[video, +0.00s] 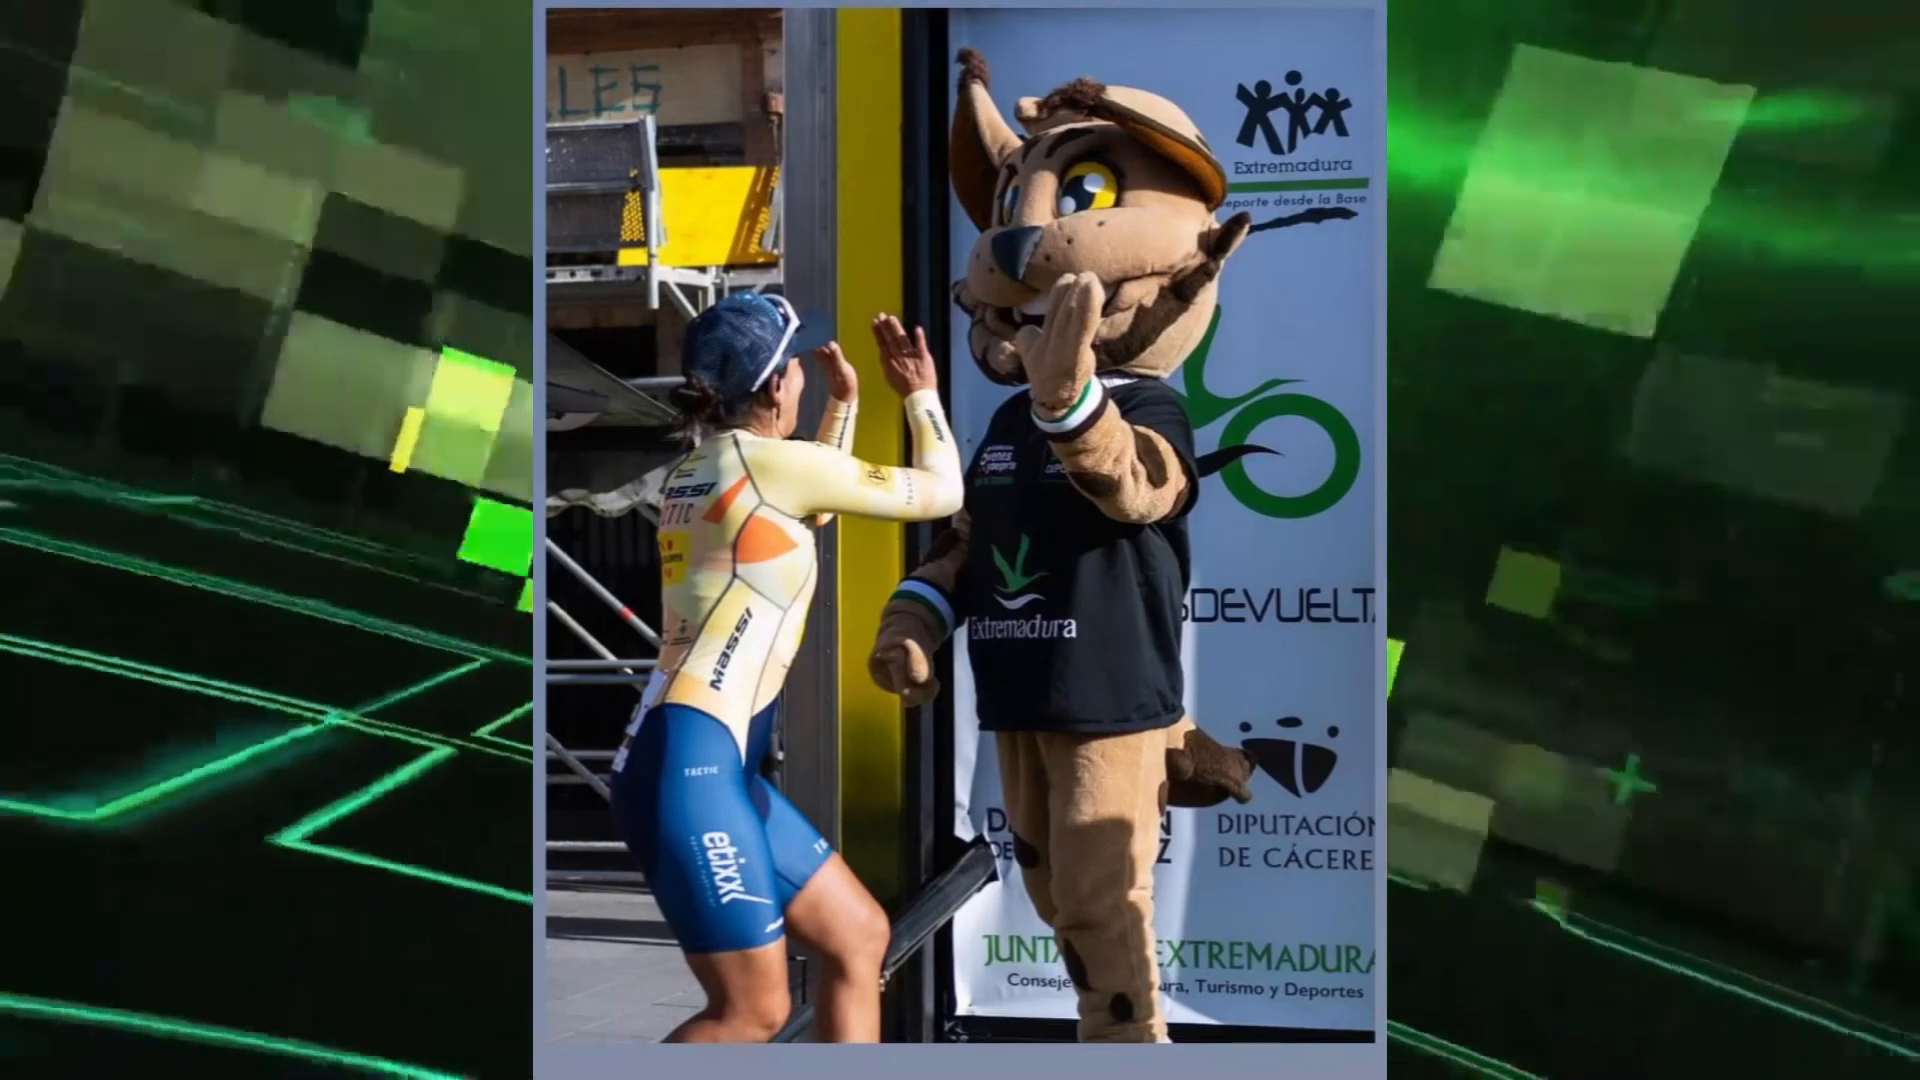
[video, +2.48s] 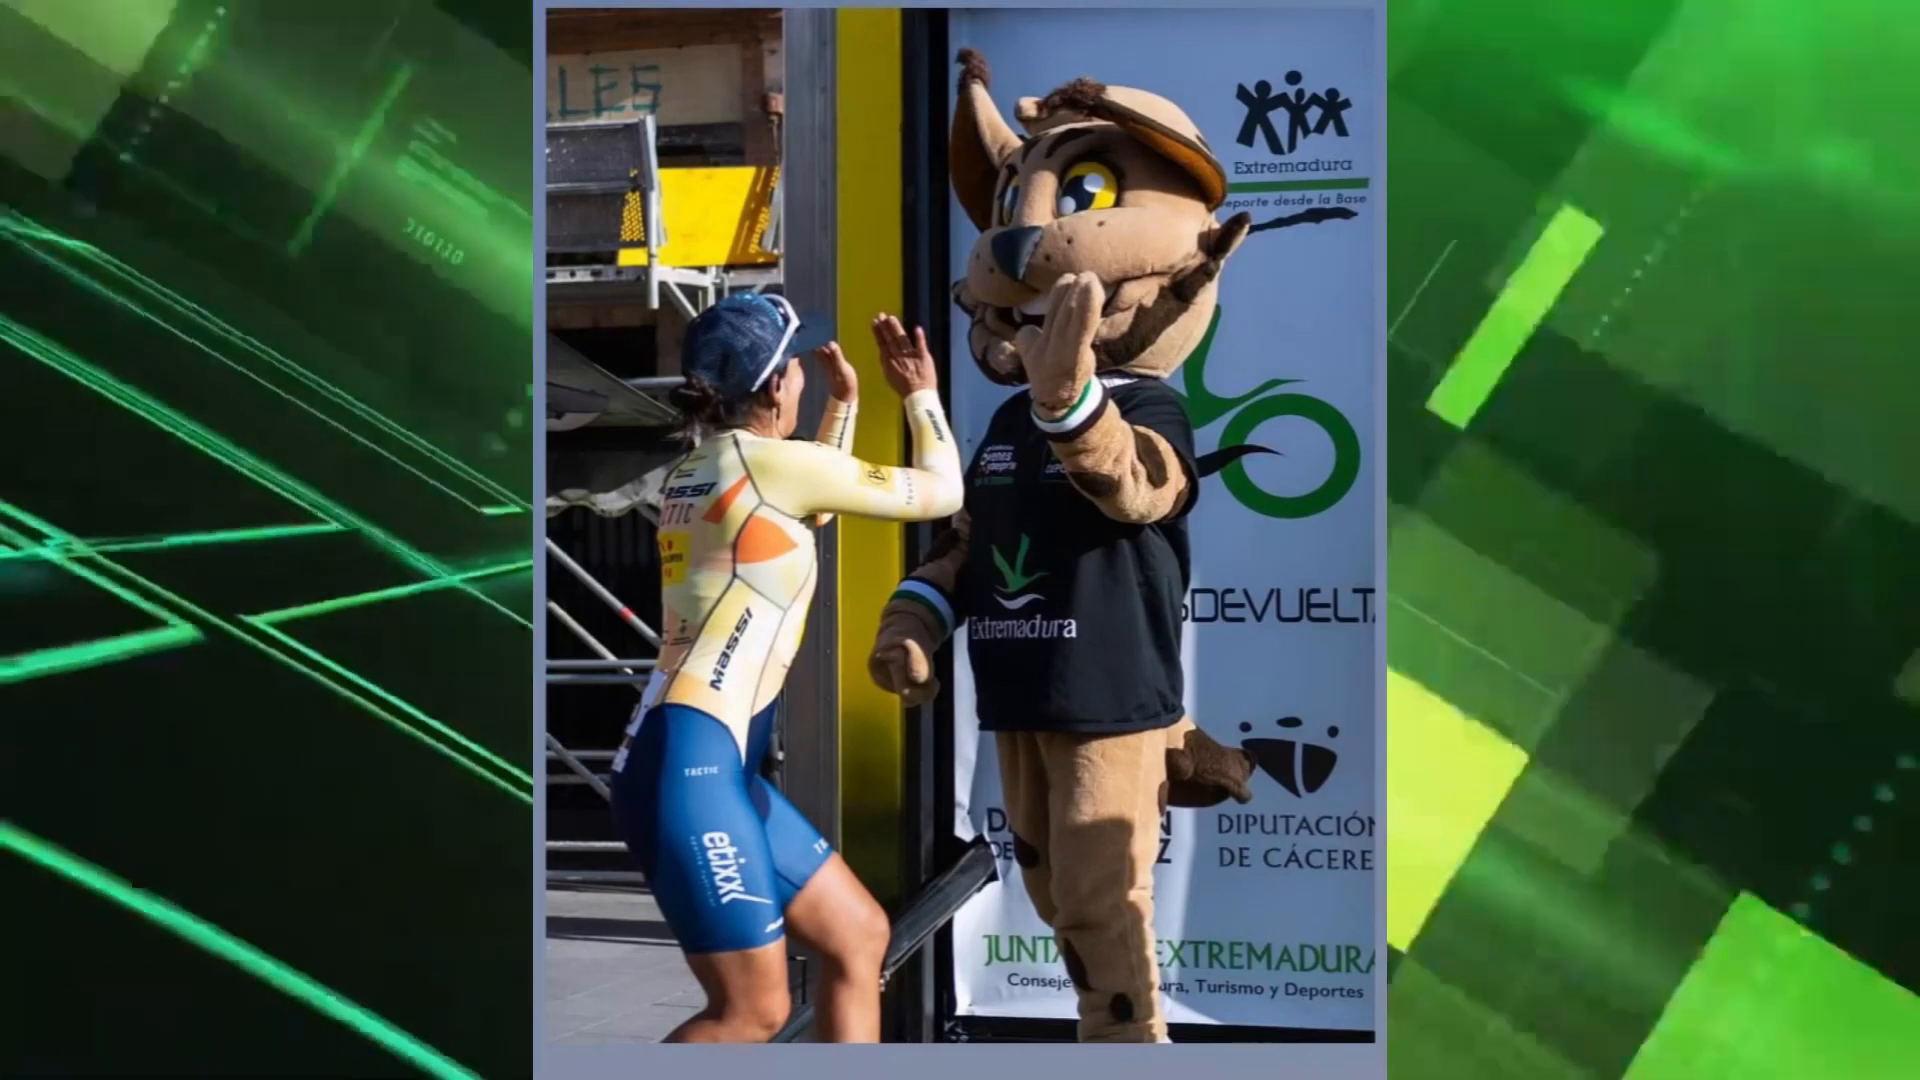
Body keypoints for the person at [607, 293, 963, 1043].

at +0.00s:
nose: (803, 377)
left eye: (800, 363)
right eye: (797, 364)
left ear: (714, 387)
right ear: (778, 380)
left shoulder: (695, 471)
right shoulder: (779, 465)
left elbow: (801, 496)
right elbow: (939, 492)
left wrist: (841, 411)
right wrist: (924, 396)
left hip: (715, 769)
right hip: (686, 774)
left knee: (860, 933)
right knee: (754, 1010)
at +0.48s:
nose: (803, 378)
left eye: (800, 363)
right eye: (797, 364)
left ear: (714, 387)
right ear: (777, 380)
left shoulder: (695, 471)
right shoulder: (779, 465)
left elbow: (801, 497)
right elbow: (938, 492)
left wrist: (841, 411)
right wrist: (924, 396)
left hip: (715, 769)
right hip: (686, 774)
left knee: (860, 933)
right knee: (754, 1009)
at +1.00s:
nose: (803, 377)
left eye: (800, 363)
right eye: (797, 364)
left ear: (714, 387)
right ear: (777, 380)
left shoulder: (695, 471)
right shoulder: (779, 465)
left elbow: (801, 497)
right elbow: (939, 492)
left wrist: (840, 411)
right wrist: (924, 396)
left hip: (715, 769)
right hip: (686, 774)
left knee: (860, 933)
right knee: (754, 1009)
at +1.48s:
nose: (803, 377)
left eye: (800, 363)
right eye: (797, 364)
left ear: (714, 387)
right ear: (778, 380)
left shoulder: (695, 471)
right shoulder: (779, 465)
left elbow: (801, 496)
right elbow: (938, 492)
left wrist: (841, 411)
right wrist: (924, 396)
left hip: (715, 769)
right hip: (686, 774)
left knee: (860, 933)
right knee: (754, 1009)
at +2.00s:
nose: (804, 377)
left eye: (800, 363)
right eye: (797, 364)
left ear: (714, 387)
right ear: (777, 380)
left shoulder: (695, 471)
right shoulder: (779, 465)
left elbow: (801, 497)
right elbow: (938, 492)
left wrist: (841, 411)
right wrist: (924, 396)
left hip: (714, 769)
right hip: (686, 774)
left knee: (860, 933)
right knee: (754, 1009)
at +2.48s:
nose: (803, 376)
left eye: (799, 362)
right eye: (797, 363)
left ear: (713, 387)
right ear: (777, 380)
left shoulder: (694, 471)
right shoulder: (780, 465)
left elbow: (799, 495)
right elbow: (938, 492)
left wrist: (840, 413)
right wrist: (924, 396)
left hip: (714, 770)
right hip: (686, 774)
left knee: (860, 934)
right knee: (754, 1010)